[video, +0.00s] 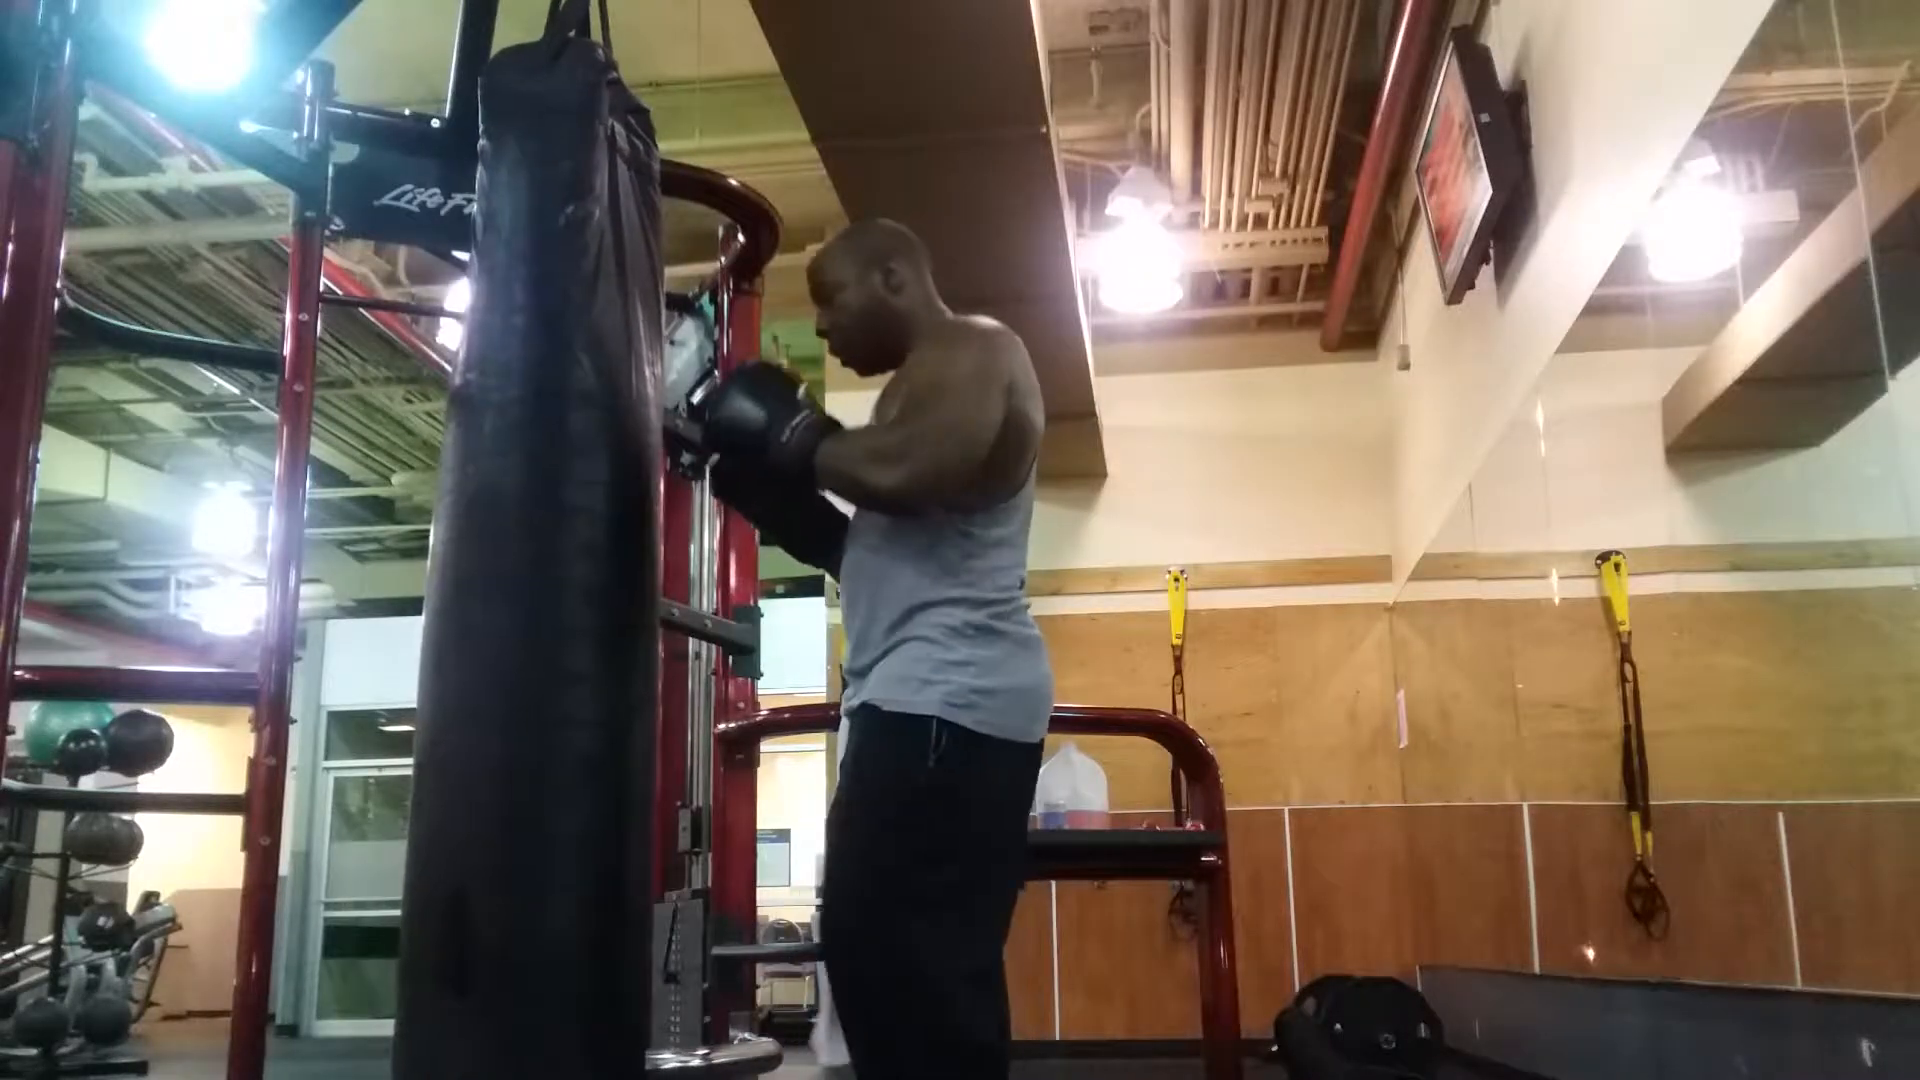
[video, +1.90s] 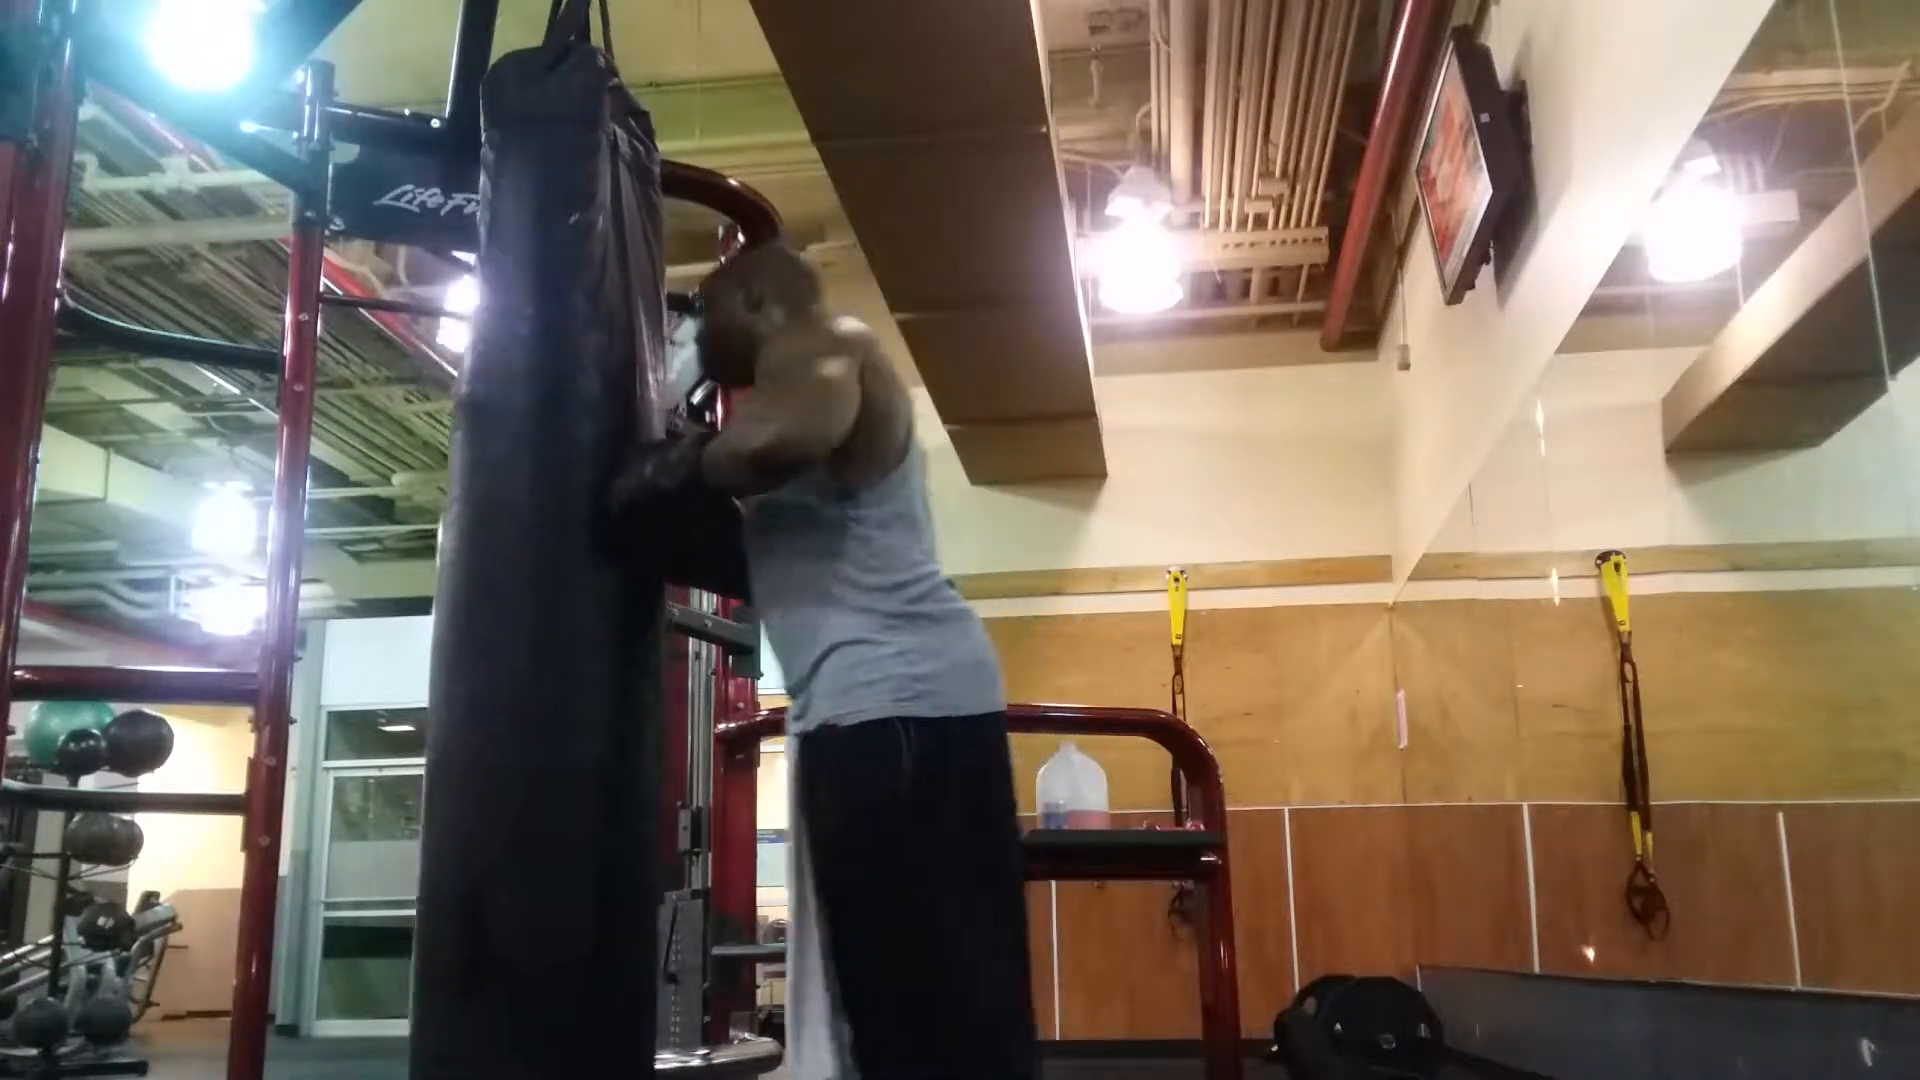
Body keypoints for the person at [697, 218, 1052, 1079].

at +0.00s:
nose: (821, 327)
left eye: (827, 300)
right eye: (815, 309)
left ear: (891, 278)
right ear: (894, 285)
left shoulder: (972, 347)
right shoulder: (916, 396)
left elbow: (923, 467)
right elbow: (884, 567)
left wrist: (798, 431)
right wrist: (770, 499)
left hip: (947, 695)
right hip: (920, 694)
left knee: (885, 949)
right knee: (914, 961)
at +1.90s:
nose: (698, 338)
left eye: (707, 309)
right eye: (696, 316)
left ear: (754, 295)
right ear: (780, 296)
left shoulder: (818, 344)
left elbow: (789, 435)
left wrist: (677, 467)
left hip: (893, 707)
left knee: (916, 1011)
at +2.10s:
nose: (689, 344)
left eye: (697, 319)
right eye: (689, 323)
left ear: (751, 310)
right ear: (776, 313)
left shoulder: (804, 354)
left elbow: (760, 455)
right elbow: (762, 610)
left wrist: (634, 480)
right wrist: (641, 552)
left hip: (863, 714)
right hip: (844, 716)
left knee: (877, 1007)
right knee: (869, 1010)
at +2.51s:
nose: (730, 310)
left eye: (744, 285)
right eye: (731, 292)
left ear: (812, 288)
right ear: (814, 294)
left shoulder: (868, 349)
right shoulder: (822, 397)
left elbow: (873, 474)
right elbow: (884, 576)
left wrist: (765, 505)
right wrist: (789, 639)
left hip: (922, 696)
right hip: (884, 697)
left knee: (921, 988)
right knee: (896, 984)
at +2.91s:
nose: (800, 265)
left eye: (815, 244)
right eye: (804, 247)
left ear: (877, 246)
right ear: (882, 252)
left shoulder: (935, 324)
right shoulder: (882, 368)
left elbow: (882, 476)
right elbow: (923, 555)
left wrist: (799, 492)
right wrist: (843, 606)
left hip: (958, 693)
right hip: (921, 696)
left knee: (953, 1010)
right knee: (941, 1010)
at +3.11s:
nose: (816, 249)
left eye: (827, 223)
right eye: (819, 227)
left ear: (875, 214)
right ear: (908, 221)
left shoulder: (939, 300)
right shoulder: (981, 307)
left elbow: (881, 480)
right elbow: (998, 522)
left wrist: (827, 489)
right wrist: (890, 604)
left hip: (994, 691)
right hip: (1020, 687)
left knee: (982, 1019)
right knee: (1009, 1017)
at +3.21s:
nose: (824, 239)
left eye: (828, 211)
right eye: (823, 215)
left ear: (873, 193)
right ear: (931, 201)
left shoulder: (943, 279)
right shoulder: (1023, 299)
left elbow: (873, 475)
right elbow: (1081, 505)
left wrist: (834, 488)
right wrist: (911, 587)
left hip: (1006, 680)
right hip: (1067, 670)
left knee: (1007, 1017)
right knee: (1060, 1008)